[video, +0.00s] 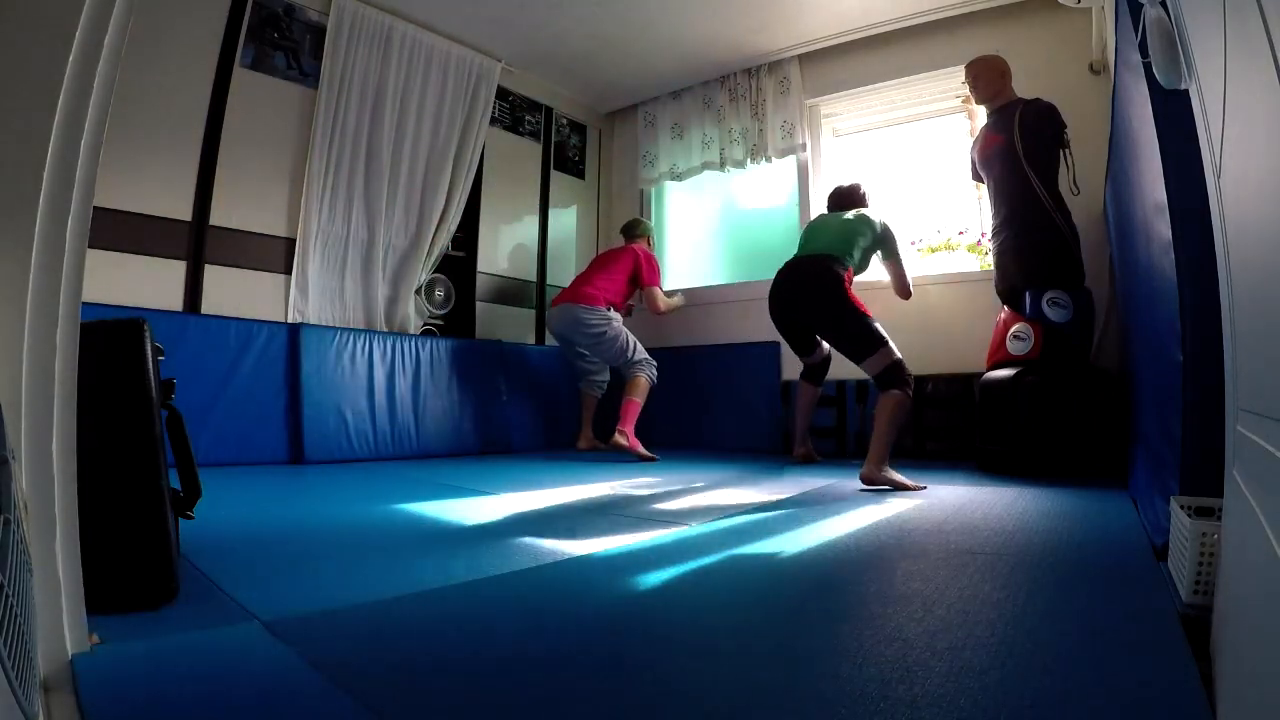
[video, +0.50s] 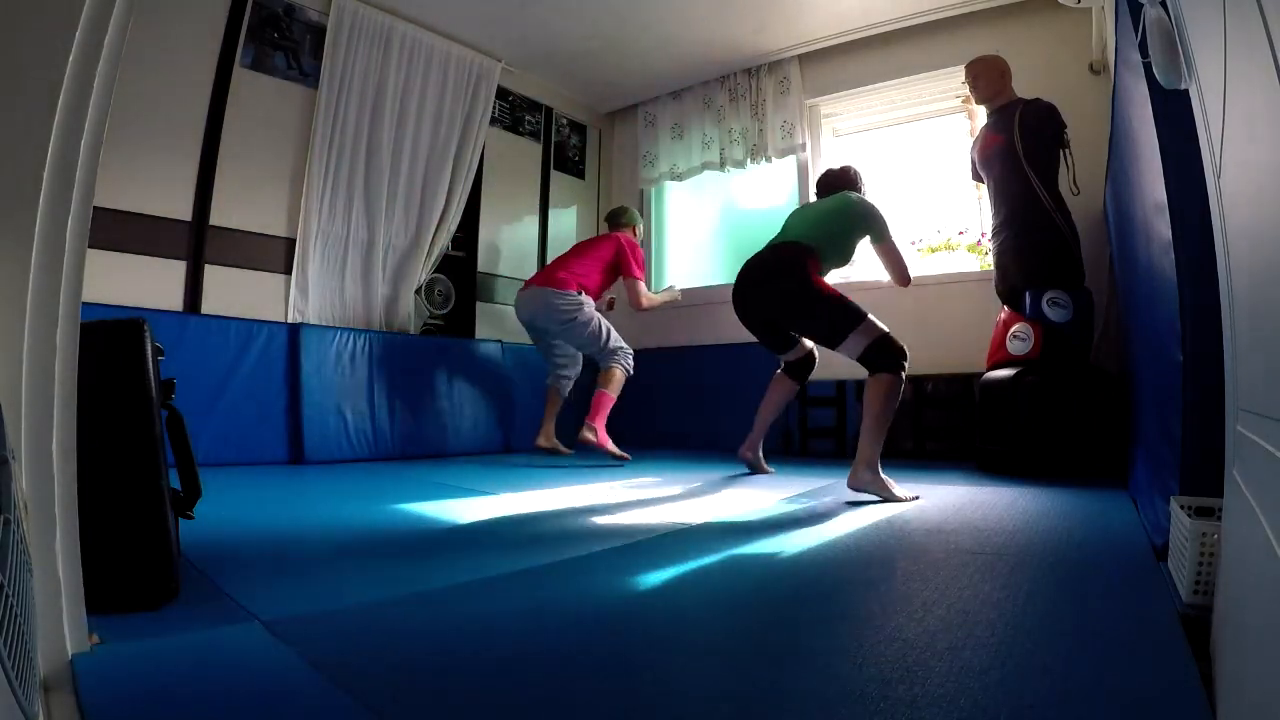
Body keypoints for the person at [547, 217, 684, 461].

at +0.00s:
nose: (651, 246)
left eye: (651, 243)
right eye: (652, 242)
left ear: (625, 239)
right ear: (648, 240)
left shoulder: (607, 255)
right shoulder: (643, 255)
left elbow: (588, 290)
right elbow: (657, 306)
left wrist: (618, 305)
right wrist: (676, 301)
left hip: (557, 312)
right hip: (589, 312)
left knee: (595, 372)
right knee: (642, 364)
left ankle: (586, 436)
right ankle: (625, 432)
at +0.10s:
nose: (650, 243)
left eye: (650, 240)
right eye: (651, 239)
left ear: (623, 236)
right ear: (646, 237)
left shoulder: (604, 253)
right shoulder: (641, 253)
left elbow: (585, 289)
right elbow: (653, 303)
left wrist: (615, 306)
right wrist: (674, 298)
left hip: (556, 312)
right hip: (588, 312)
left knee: (595, 372)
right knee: (644, 363)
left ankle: (586, 436)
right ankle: (617, 425)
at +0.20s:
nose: (648, 238)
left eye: (648, 235)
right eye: (649, 234)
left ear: (620, 232)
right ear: (645, 233)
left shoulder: (601, 249)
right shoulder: (641, 249)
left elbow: (587, 284)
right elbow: (653, 302)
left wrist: (613, 300)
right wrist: (674, 296)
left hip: (555, 310)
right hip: (589, 311)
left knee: (592, 371)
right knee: (639, 370)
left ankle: (586, 435)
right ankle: (607, 433)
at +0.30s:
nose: (647, 235)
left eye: (646, 232)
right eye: (647, 231)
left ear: (618, 229)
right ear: (643, 229)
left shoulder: (598, 243)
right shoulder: (641, 245)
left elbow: (582, 277)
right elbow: (655, 300)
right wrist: (676, 295)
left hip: (548, 302)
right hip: (584, 304)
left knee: (584, 364)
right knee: (632, 369)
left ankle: (585, 429)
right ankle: (603, 439)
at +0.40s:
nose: (646, 234)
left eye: (647, 230)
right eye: (646, 230)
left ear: (616, 226)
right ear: (640, 227)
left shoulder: (597, 240)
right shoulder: (636, 242)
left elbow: (573, 273)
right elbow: (650, 298)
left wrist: (601, 296)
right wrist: (672, 294)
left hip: (536, 296)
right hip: (572, 297)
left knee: (580, 357)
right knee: (624, 360)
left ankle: (561, 423)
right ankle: (604, 438)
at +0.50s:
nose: (641, 237)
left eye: (641, 232)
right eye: (641, 232)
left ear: (610, 228)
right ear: (635, 230)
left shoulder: (592, 243)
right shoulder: (627, 244)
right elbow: (640, 301)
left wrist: (600, 305)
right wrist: (667, 296)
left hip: (526, 298)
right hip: (561, 298)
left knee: (567, 361)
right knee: (619, 355)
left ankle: (547, 434)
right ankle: (595, 426)